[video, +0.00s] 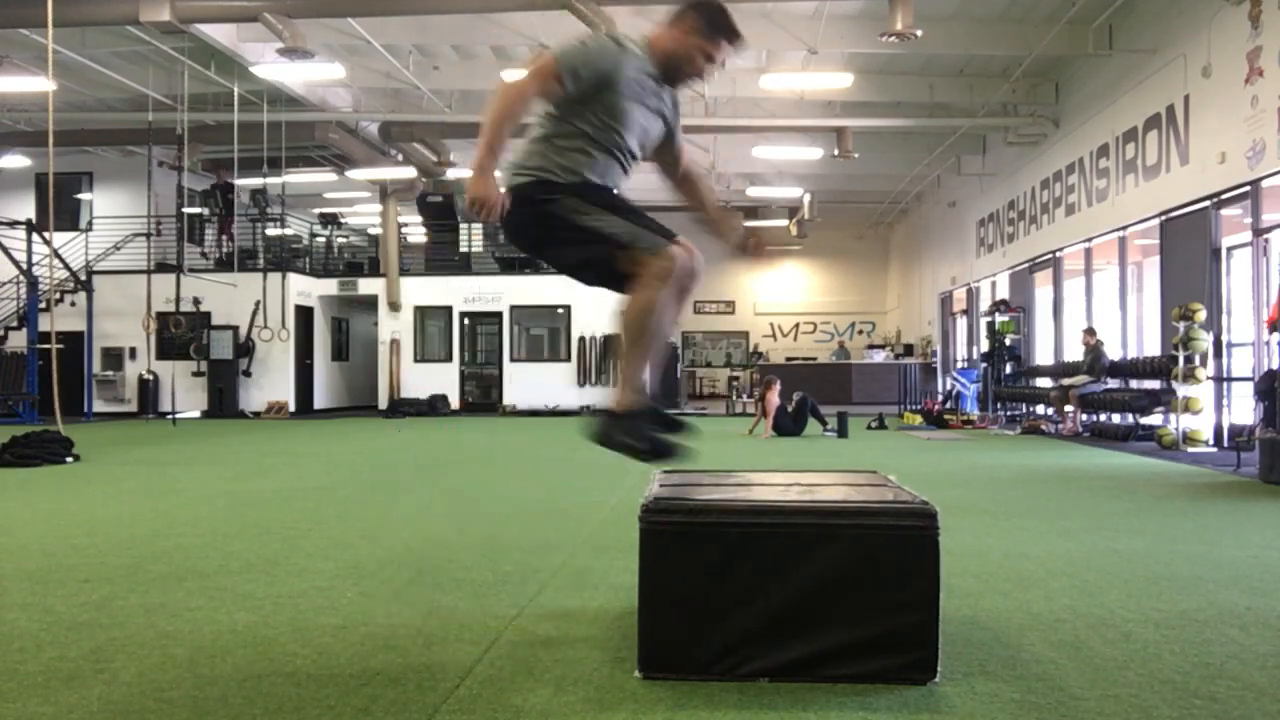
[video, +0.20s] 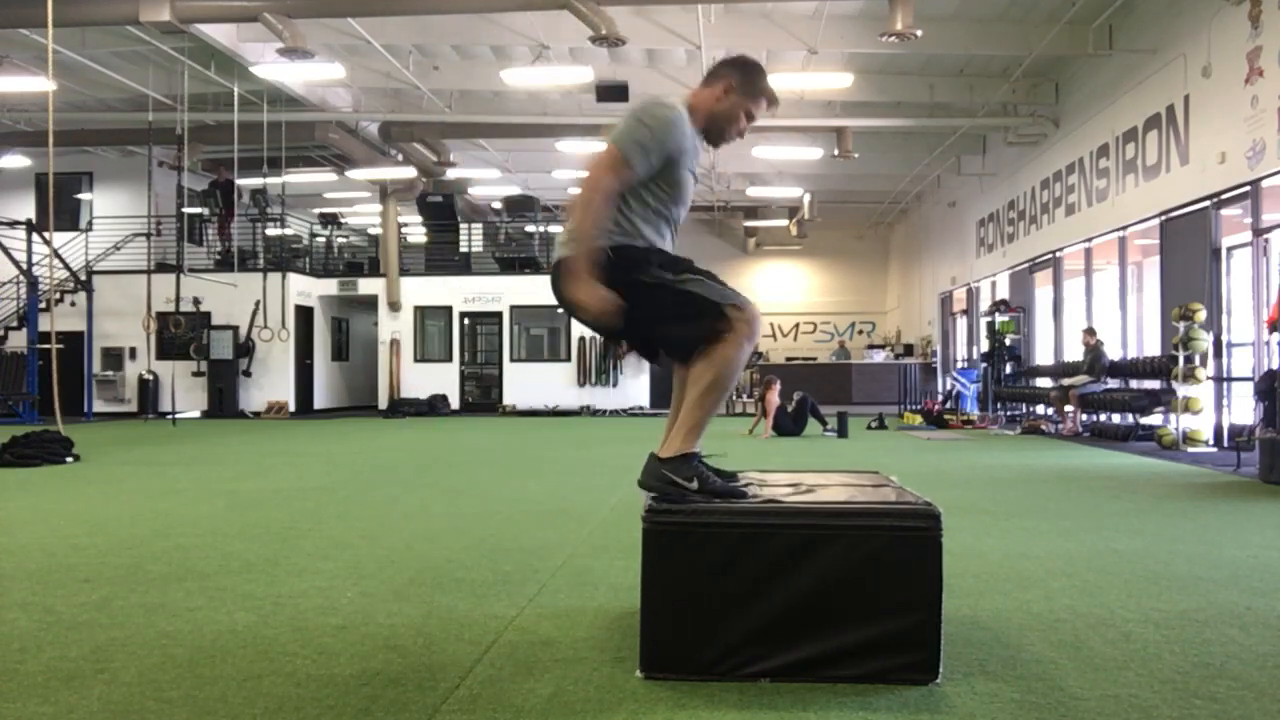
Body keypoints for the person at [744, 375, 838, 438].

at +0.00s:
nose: (779, 387)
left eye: (779, 385)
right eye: (778, 385)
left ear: (767, 386)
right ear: (773, 385)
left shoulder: (764, 396)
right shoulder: (772, 396)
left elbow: (759, 416)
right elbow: (770, 416)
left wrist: (750, 430)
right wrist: (767, 433)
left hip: (784, 430)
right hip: (792, 430)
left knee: (803, 398)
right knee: (806, 399)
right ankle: (826, 426)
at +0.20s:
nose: (779, 387)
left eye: (779, 384)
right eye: (778, 384)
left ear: (767, 385)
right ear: (773, 385)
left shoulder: (765, 396)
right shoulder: (772, 396)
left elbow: (759, 415)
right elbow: (769, 416)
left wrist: (750, 430)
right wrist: (767, 433)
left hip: (785, 430)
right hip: (793, 430)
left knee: (803, 398)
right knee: (806, 399)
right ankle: (826, 426)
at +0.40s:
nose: (779, 387)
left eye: (779, 384)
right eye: (778, 385)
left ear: (767, 386)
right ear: (773, 385)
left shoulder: (765, 396)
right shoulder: (772, 396)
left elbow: (759, 415)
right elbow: (770, 416)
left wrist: (750, 430)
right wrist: (767, 433)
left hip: (785, 430)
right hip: (793, 431)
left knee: (803, 397)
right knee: (806, 399)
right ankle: (826, 426)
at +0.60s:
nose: (779, 387)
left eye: (779, 385)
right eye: (778, 385)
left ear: (767, 385)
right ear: (773, 385)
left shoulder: (765, 396)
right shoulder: (772, 395)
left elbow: (759, 415)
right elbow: (770, 416)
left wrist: (750, 430)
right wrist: (767, 433)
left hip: (785, 430)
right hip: (792, 430)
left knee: (804, 398)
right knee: (806, 400)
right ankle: (826, 426)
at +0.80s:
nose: (779, 387)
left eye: (779, 384)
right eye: (778, 385)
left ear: (767, 386)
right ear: (773, 385)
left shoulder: (765, 396)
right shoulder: (771, 396)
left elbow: (759, 415)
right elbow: (769, 416)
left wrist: (750, 430)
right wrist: (767, 433)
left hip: (784, 430)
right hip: (792, 431)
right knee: (807, 400)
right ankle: (826, 426)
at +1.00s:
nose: (779, 387)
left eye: (778, 384)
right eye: (777, 384)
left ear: (767, 386)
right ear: (772, 385)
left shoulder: (765, 396)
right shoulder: (771, 396)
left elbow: (759, 415)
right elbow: (769, 415)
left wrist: (750, 430)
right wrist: (767, 433)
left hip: (785, 430)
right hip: (792, 431)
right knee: (807, 401)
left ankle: (798, 403)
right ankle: (826, 426)